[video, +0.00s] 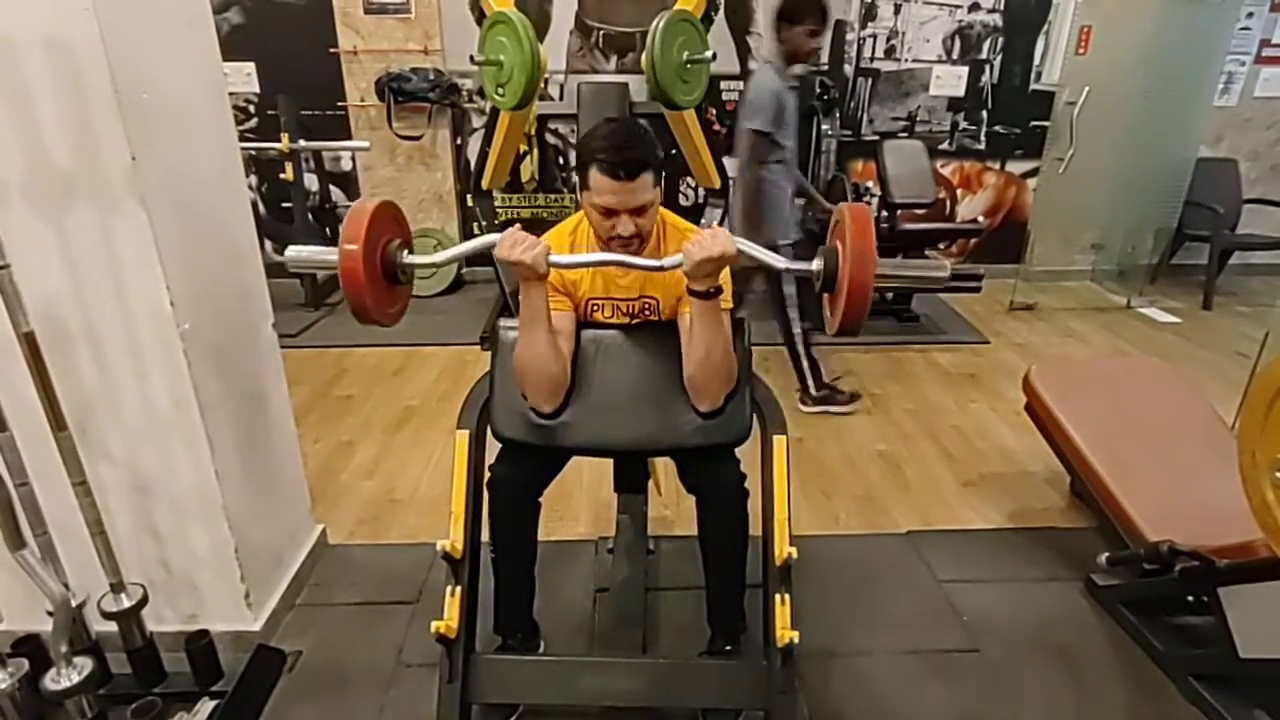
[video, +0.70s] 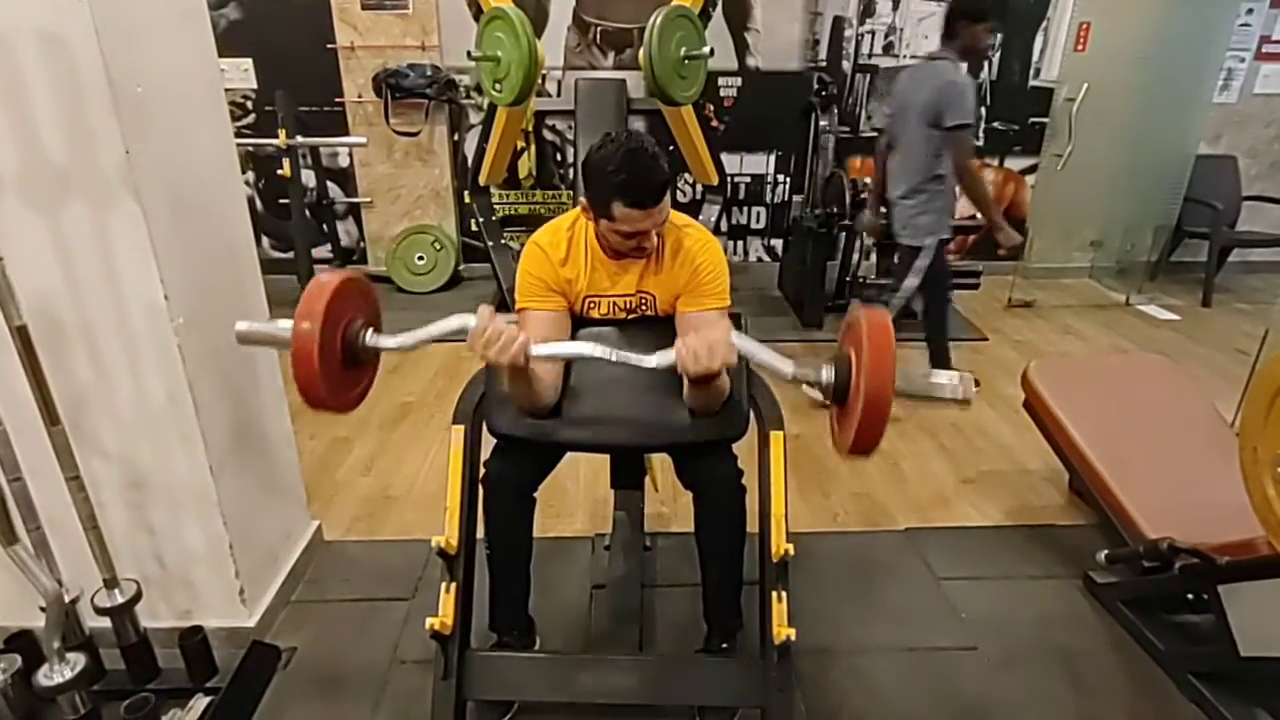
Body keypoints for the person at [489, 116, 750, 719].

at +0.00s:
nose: (625, 227)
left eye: (639, 211)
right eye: (608, 213)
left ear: (659, 190)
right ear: (581, 194)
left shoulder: (695, 249)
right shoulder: (555, 250)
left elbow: (709, 396)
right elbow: (543, 397)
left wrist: (704, 290)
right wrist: (530, 284)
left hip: (672, 388)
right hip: (580, 387)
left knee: (721, 481)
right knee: (511, 479)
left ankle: (726, 640)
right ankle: (516, 636)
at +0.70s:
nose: (647, 242)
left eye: (656, 228)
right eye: (629, 234)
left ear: (668, 201)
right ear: (590, 211)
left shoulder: (695, 248)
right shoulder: (548, 250)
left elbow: (708, 404)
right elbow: (538, 396)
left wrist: (704, 372)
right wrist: (514, 368)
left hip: (665, 387)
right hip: (576, 388)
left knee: (720, 477)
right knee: (504, 478)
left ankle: (723, 637)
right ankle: (511, 635)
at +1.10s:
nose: (647, 248)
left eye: (658, 234)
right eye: (629, 240)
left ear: (671, 204)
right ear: (594, 213)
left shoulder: (699, 252)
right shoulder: (550, 250)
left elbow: (707, 373)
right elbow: (536, 370)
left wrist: (712, 438)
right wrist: (515, 428)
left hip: (671, 393)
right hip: (575, 396)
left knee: (721, 467)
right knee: (504, 466)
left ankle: (723, 637)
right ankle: (510, 635)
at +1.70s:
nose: (622, 247)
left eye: (639, 235)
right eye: (607, 233)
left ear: (664, 209)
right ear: (587, 204)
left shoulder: (697, 255)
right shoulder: (551, 253)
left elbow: (708, 390)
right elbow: (536, 385)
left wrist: (704, 509)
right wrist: (521, 507)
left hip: (671, 383)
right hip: (574, 382)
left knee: (722, 490)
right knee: (503, 480)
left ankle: (724, 636)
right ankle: (512, 637)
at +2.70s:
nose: (617, 246)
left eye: (632, 230)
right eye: (601, 231)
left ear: (656, 205)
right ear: (580, 208)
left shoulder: (696, 258)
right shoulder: (552, 257)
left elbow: (711, 383)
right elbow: (536, 379)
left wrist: (714, 425)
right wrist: (513, 427)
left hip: (666, 395)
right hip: (577, 393)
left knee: (718, 483)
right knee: (504, 485)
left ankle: (723, 643)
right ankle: (511, 645)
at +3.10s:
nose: (615, 255)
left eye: (630, 241)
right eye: (599, 241)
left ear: (654, 216)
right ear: (578, 217)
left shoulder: (693, 263)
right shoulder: (552, 264)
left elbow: (708, 414)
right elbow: (537, 416)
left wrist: (706, 351)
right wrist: (522, 351)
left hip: (667, 406)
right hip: (574, 404)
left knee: (720, 496)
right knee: (502, 495)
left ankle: (723, 652)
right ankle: (512, 651)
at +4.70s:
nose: (610, 206)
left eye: (628, 191)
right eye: (593, 191)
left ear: (654, 198)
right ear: (572, 199)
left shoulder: (694, 274)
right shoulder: (541, 274)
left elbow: (709, 404)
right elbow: (531, 393)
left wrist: (716, 435)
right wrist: (507, 431)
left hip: (666, 417)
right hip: (571, 414)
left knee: (723, 504)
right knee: (500, 509)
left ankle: (727, 670)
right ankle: (507, 672)